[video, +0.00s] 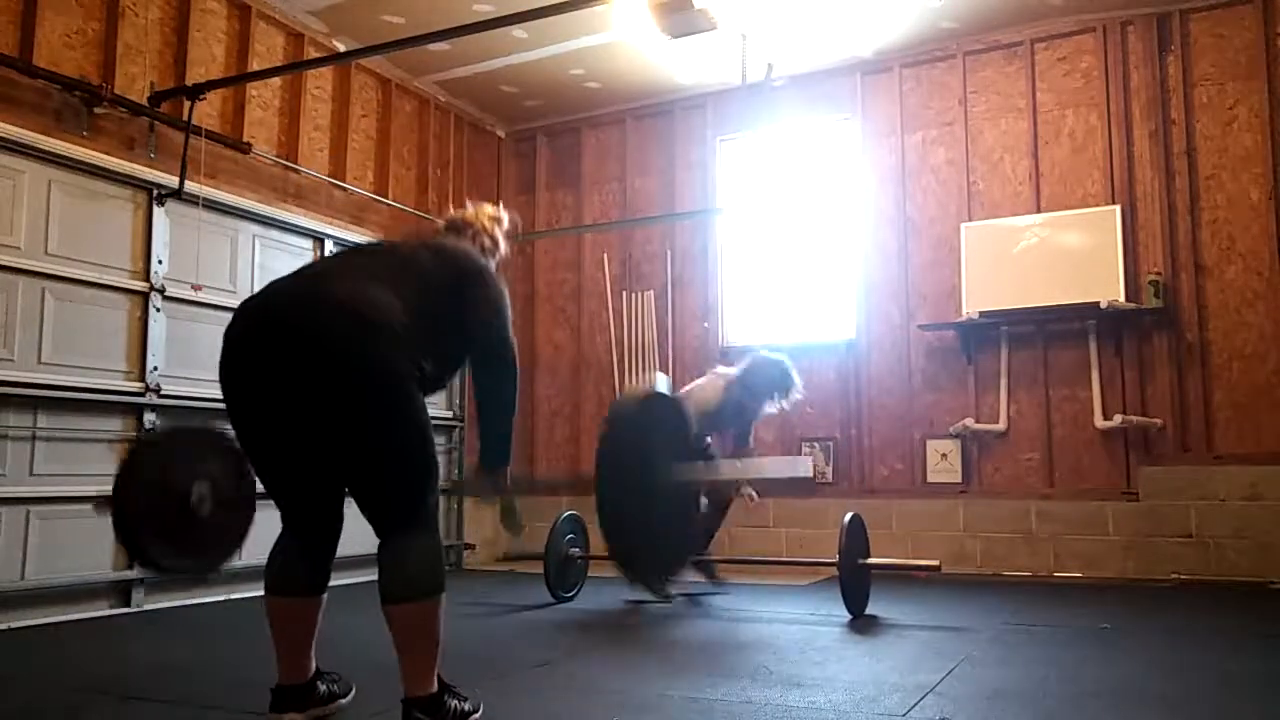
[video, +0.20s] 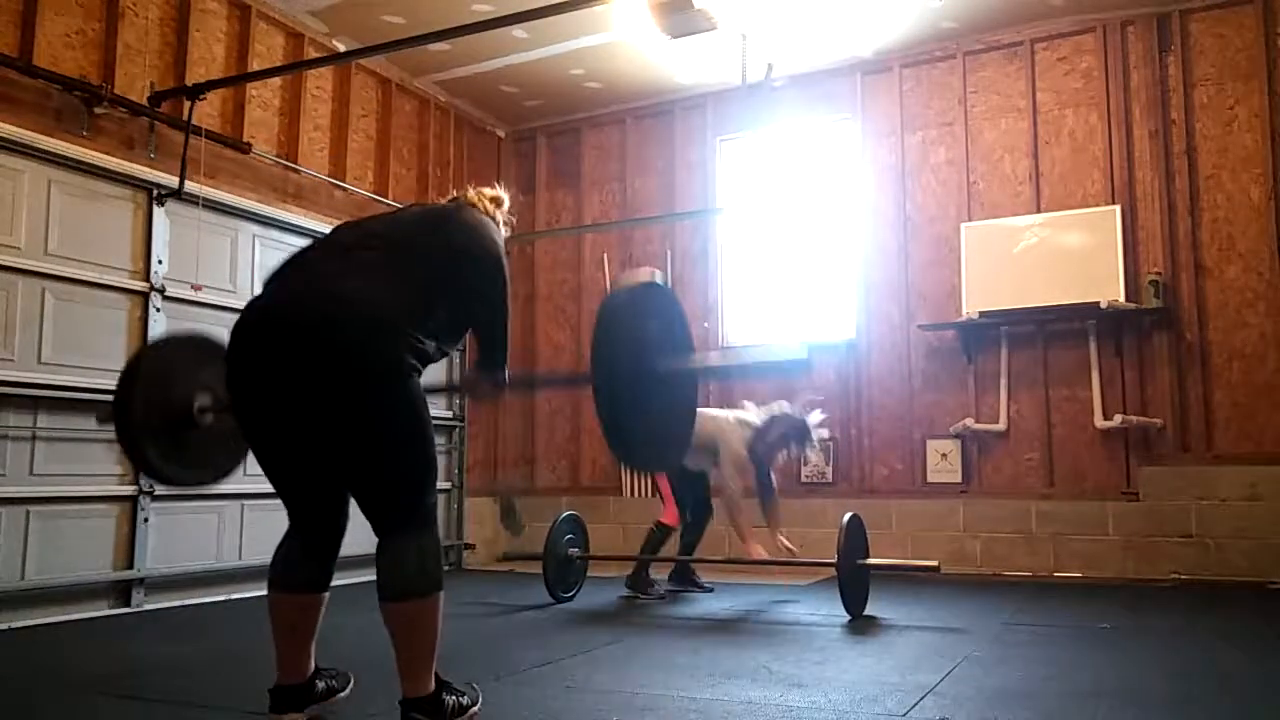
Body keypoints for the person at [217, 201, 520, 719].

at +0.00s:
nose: (494, 267)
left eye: (494, 259)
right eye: (493, 259)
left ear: (442, 234)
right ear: (485, 252)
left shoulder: (385, 254)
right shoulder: (475, 275)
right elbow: (497, 366)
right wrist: (494, 472)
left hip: (255, 345)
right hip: (357, 362)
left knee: (308, 518)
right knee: (407, 524)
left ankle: (294, 685)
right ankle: (424, 696)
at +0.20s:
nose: (500, 250)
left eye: (502, 242)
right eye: (501, 241)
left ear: (455, 205)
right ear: (493, 227)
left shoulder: (388, 227)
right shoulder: (480, 241)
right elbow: (491, 374)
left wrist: (236, 386)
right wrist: (480, 379)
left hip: (263, 355)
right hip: (362, 370)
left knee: (313, 518)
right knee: (406, 525)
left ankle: (293, 683)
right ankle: (421, 695)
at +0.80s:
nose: (495, 327)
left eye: (497, 318)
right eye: (496, 317)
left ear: (442, 294)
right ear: (488, 307)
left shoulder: (394, 319)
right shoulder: (473, 337)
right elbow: (492, 451)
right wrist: (500, 547)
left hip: (245, 384)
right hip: (349, 395)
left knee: (331, 521)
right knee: (422, 528)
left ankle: (298, 686)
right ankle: (426, 696)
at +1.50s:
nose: (511, 229)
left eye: (516, 220)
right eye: (514, 218)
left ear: (466, 194)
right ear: (505, 206)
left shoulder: (410, 221)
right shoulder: (486, 234)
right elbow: (440, 314)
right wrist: (425, 400)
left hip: (269, 345)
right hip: (347, 358)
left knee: (330, 505)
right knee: (401, 499)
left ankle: (286, 678)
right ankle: (336, 680)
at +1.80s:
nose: (522, 166)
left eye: (524, 155)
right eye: (523, 153)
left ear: (468, 132)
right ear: (511, 146)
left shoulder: (432, 183)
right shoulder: (472, 196)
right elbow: (449, 297)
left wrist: (483, 305)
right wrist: (439, 356)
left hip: (331, 350)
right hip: (381, 365)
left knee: (366, 520)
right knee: (393, 521)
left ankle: (273, 664)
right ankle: (325, 686)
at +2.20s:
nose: (602, 211)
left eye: (608, 200)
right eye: (603, 194)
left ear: (560, 170)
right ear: (575, 176)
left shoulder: (520, 222)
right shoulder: (523, 229)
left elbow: (489, 312)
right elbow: (482, 315)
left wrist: (524, 372)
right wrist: (519, 375)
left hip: (402, 356)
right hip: (421, 362)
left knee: (473, 469)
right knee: (477, 472)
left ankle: (447, 604)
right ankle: (447, 608)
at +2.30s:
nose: (607, 297)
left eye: (615, 288)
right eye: (607, 282)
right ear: (583, 261)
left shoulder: (553, 315)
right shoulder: (536, 309)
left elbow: (536, 396)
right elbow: (501, 399)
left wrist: (550, 458)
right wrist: (529, 465)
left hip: (474, 418)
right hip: (446, 420)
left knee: (499, 524)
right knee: (498, 526)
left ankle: (458, 643)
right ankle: (449, 651)